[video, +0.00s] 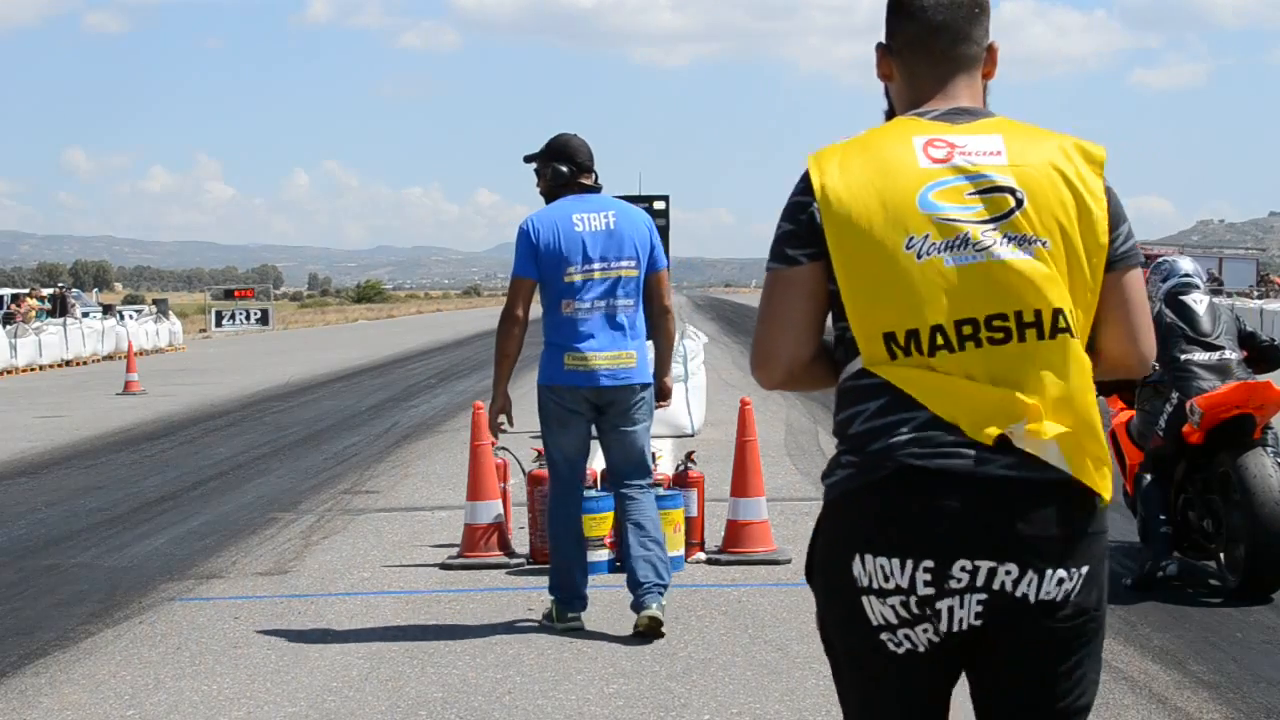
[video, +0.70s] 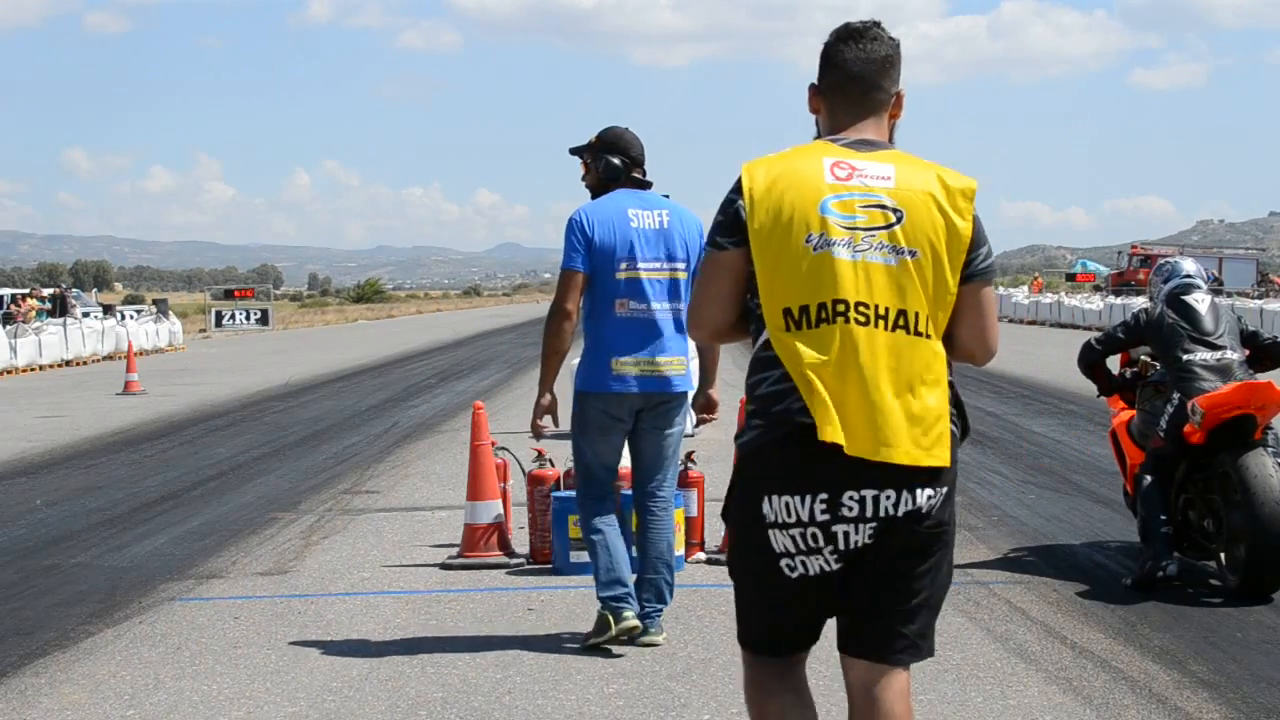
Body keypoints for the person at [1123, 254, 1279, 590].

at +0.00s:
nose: (1150, 285)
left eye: (1153, 280)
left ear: (1160, 281)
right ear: (1199, 279)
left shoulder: (1154, 314)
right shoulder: (1225, 312)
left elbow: (1139, 358)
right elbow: (1269, 350)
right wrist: (1239, 368)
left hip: (1183, 396)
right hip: (1234, 389)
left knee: (1151, 470)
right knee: (1264, 436)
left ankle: (1158, 554)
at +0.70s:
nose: (1153, 291)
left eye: (1154, 285)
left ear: (1161, 285)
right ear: (1201, 280)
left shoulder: (1152, 316)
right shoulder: (1227, 310)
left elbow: (1090, 353)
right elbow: (1269, 347)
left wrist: (1109, 385)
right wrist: (1244, 367)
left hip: (1191, 396)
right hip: (1241, 387)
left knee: (1151, 472)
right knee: (1266, 438)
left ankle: (1157, 556)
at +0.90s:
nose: (1150, 294)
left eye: (1152, 288)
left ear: (1159, 287)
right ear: (1199, 283)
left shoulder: (1151, 318)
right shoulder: (1226, 315)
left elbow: (1088, 354)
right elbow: (1271, 348)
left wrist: (1109, 384)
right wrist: (1244, 368)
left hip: (1192, 397)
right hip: (1241, 390)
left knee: (1149, 469)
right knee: (1265, 437)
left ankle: (1159, 554)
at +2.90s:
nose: (1144, 297)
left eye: (1146, 291)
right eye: (1144, 292)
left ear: (1154, 288)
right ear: (1192, 284)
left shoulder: (1147, 320)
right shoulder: (1222, 315)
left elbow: (1086, 358)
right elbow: (1270, 349)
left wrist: (1106, 385)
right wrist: (1241, 367)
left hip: (1188, 392)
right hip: (1238, 384)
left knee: (1150, 472)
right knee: (1265, 438)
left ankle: (1154, 561)